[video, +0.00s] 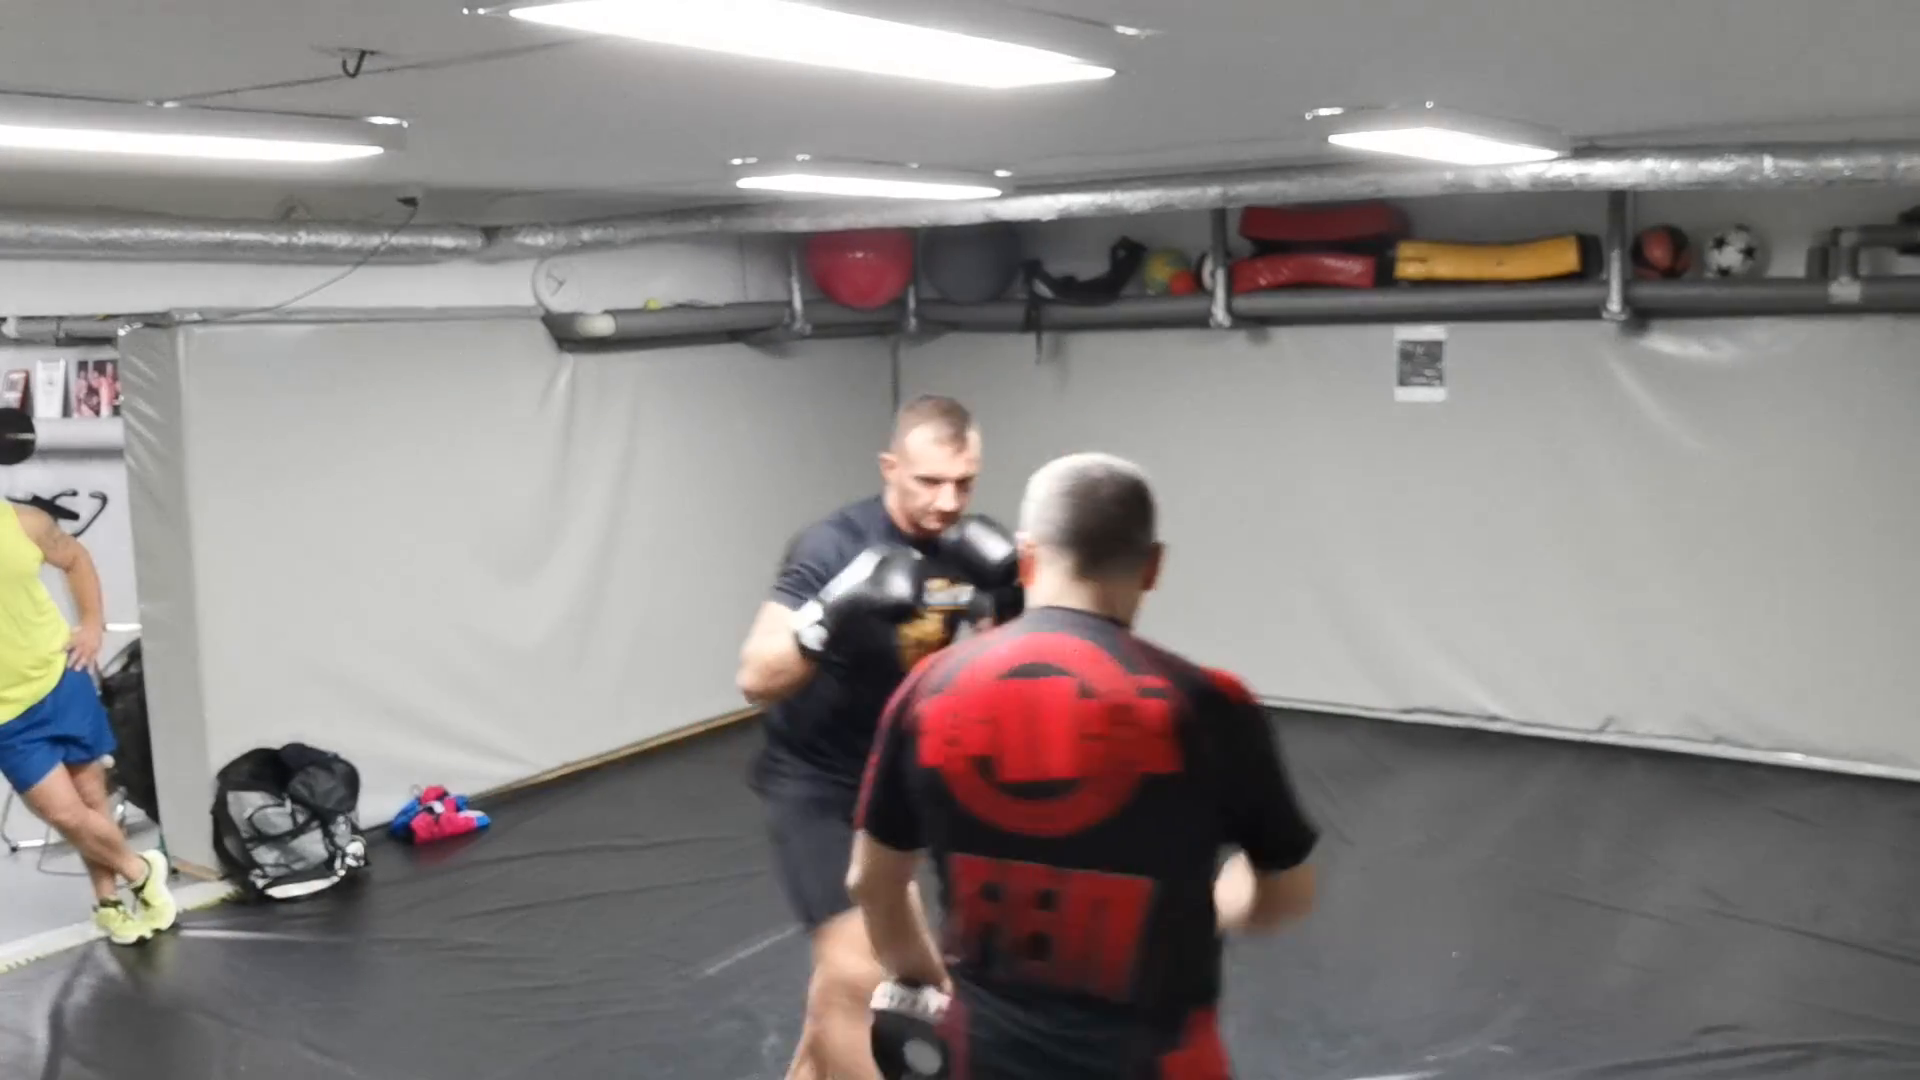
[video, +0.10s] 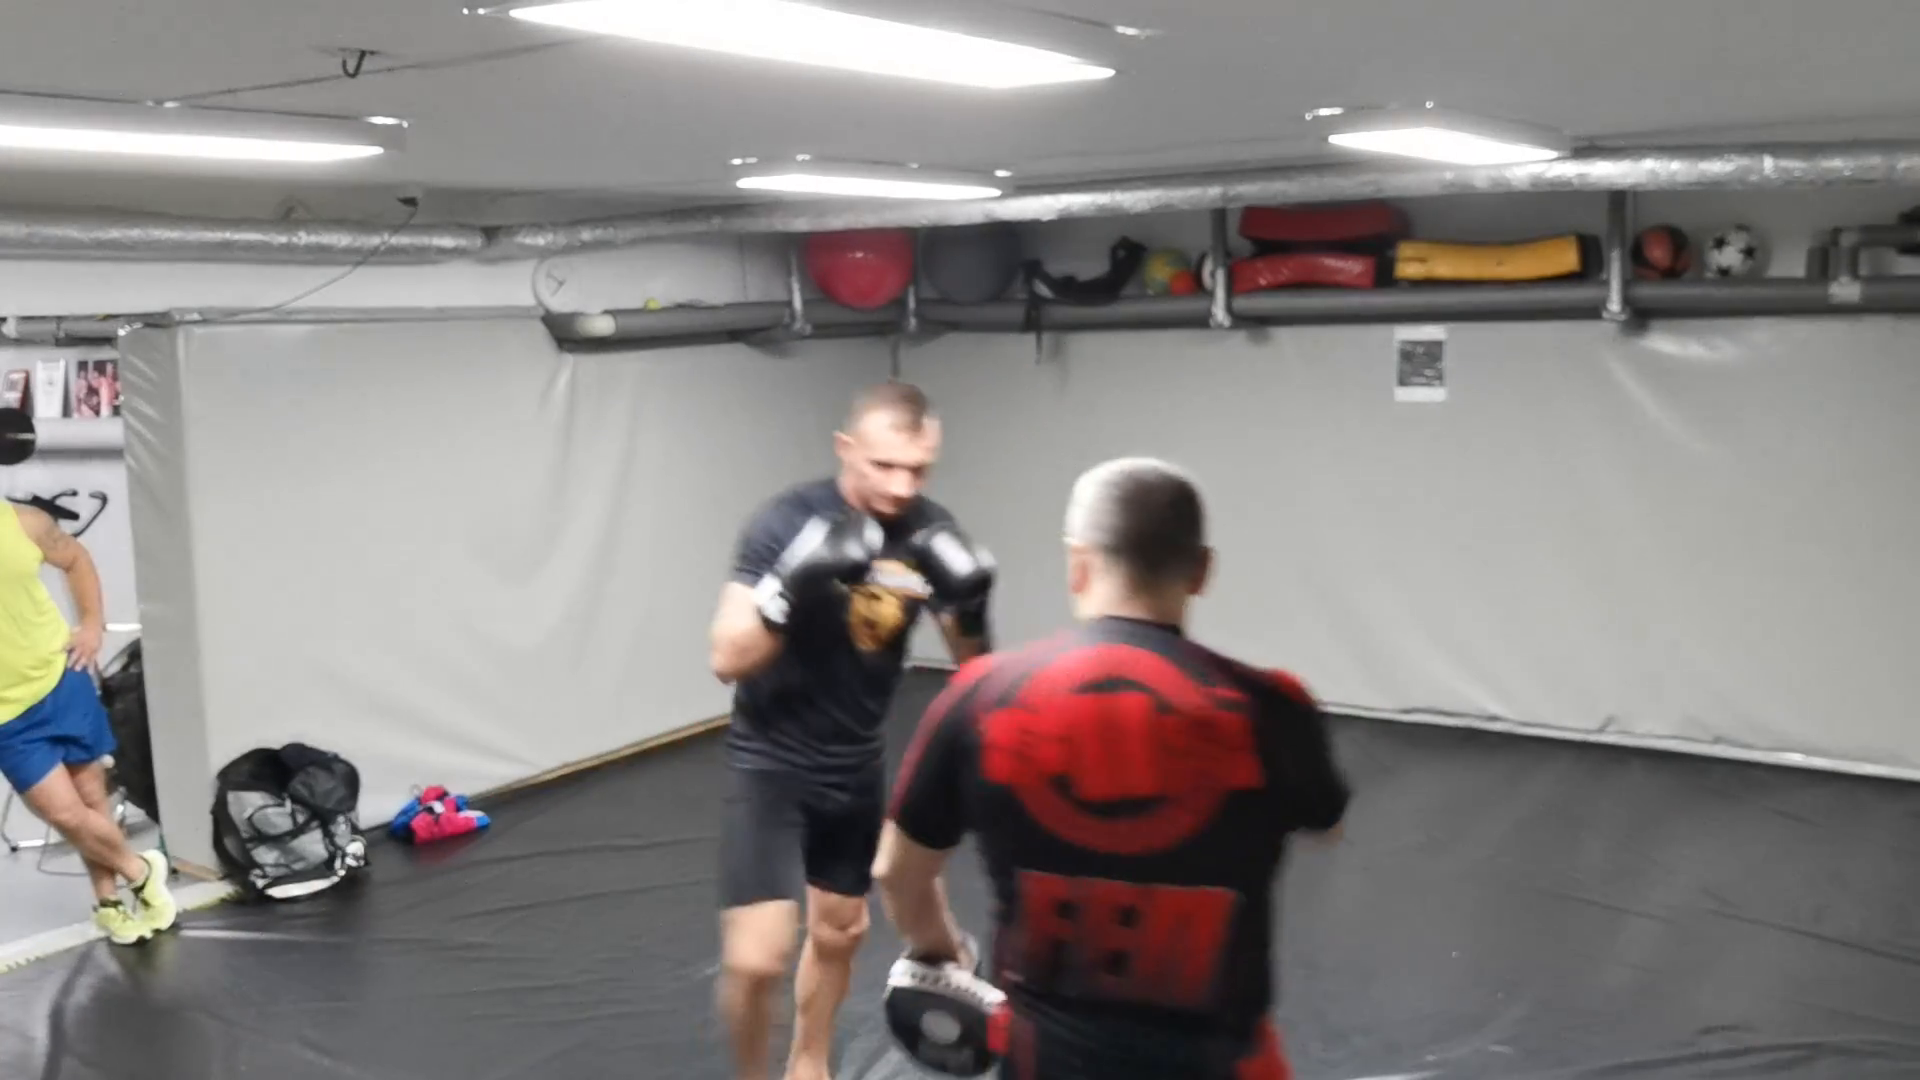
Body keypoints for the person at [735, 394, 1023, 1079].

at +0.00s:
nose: (947, 501)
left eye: (962, 483)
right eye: (929, 482)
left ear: (978, 473)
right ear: (889, 466)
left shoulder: (989, 552)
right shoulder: (835, 544)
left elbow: (1021, 671)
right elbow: (756, 678)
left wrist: (1009, 587)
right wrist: (833, 616)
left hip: (920, 778)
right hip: (818, 778)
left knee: (846, 969)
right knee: (858, 969)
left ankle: (811, 1065)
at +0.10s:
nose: (900, 487)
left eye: (916, 471)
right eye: (884, 467)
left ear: (930, 461)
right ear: (845, 451)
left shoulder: (928, 534)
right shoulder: (786, 524)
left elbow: (975, 672)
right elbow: (727, 659)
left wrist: (966, 603)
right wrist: (792, 587)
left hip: (855, 760)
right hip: (767, 757)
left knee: (838, 933)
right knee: (758, 959)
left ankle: (811, 1064)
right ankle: (752, 1072)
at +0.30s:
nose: (793, 504)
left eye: (808, 487)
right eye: (776, 485)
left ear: (822, 475)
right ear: (736, 468)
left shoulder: (851, 549)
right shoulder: (694, 545)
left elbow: (909, 666)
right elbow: (657, 680)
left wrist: (893, 650)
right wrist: (711, 590)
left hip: (813, 790)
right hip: (714, 787)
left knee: (860, 987)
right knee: (657, 957)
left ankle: (822, 1061)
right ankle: (649, 1068)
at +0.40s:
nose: (767, 517)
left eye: (781, 498)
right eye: (749, 498)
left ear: (796, 484)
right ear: (711, 486)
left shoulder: (831, 557)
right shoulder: (674, 564)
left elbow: (911, 681)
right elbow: (640, 700)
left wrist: (873, 642)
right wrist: (683, 606)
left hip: (814, 798)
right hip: (711, 799)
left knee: (874, 988)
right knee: (664, 955)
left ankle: (875, 1065)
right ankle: (650, 1068)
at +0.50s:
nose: (776, 495)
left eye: (790, 476)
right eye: (758, 476)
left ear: (807, 462)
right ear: (720, 463)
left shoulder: (838, 529)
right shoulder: (685, 536)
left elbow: (921, 659)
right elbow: (649, 680)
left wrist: (866, 592)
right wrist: (684, 581)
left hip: (842, 768)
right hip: (746, 773)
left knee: (912, 964)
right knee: (666, 947)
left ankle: (959, 1072)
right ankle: (668, 1065)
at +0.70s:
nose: (846, 540)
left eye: (857, 520)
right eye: (827, 521)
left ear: (869, 513)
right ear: (780, 514)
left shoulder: (883, 571)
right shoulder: (750, 594)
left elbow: (954, 648)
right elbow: (696, 735)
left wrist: (926, 678)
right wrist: (732, 659)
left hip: (905, 841)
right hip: (799, 841)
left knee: (999, 1015)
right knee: (713, 1020)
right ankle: (717, 1076)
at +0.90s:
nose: (995, 539)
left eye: (1003, 520)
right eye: (973, 522)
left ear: (1014, 513)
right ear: (925, 523)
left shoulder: (1009, 585)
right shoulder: (899, 590)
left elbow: (1044, 696)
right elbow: (848, 654)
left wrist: (1047, 613)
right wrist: (979, 603)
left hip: (964, 834)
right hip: (871, 841)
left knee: (1059, 956)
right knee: (788, 996)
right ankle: (711, 1064)